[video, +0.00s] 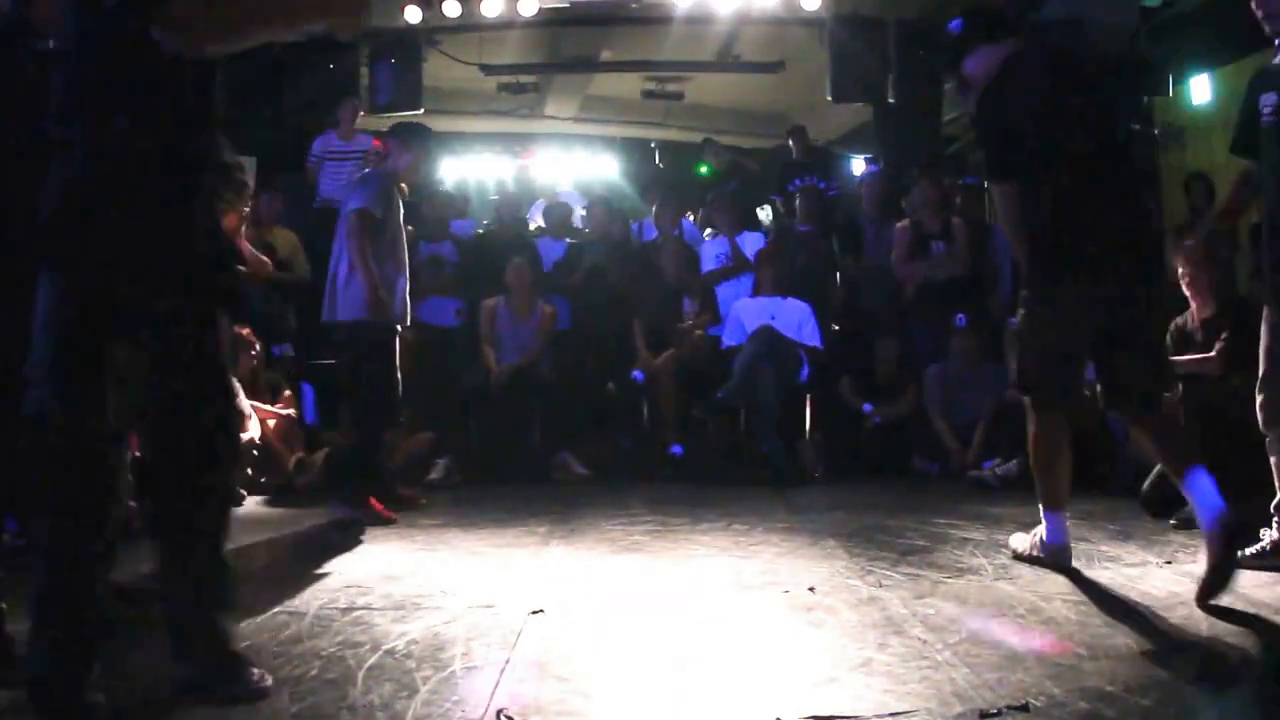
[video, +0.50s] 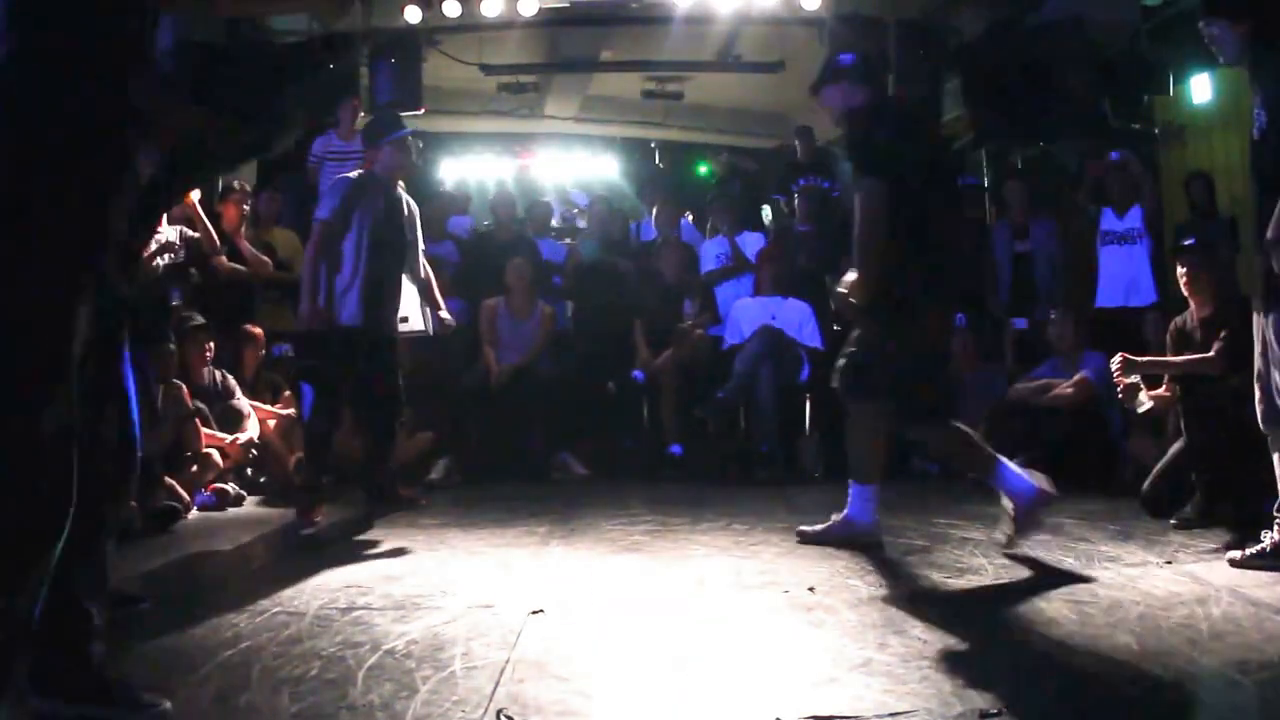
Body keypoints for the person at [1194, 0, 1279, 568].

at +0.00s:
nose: (1258, 13)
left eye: (1260, 6)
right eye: (1257, 8)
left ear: (1268, 11)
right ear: (1261, 17)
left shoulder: (1265, 82)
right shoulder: (1263, 81)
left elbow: (1248, 172)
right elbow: (1247, 171)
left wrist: (1212, 228)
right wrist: (1214, 227)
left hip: (1271, 280)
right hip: (1266, 279)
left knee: (1268, 399)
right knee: (1267, 398)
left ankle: (1276, 524)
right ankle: (1275, 523)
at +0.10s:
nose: (1245, 15)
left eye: (1251, 7)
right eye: (1244, 9)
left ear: (1268, 11)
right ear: (1252, 16)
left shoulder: (1268, 89)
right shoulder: (1263, 88)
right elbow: (1260, 186)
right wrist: (1260, 277)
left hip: (1275, 280)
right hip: (1270, 279)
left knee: (1271, 403)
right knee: (1269, 404)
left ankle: (1278, 528)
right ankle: (1276, 527)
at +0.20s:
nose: (1231, 20)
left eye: (1237, 9)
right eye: (1229, 12)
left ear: (1263, 10)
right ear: (1245, 19)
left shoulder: (1270, 98)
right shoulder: (1264, 97)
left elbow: (1268, 206)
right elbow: (1265, 205)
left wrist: (1264, 278)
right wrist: (1261, 274)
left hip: (1274, 277)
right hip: (1268, 276)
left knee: (1271, 401)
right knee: (1268, 401)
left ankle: (1279, 527)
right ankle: (1277, 525)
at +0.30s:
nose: (1224, 31)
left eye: (1227, 19)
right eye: (1220, 22)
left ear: (1253, 13)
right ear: (1237, 21)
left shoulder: (1273, 95)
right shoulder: (1266, 94)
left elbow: (1270, 197)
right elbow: (1266, 197)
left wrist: (1274, 259)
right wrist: (1265, 255)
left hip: (1274, 266)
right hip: (1268, 264)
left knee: (1270, 400)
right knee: (1267, 400)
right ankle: (1278, 524)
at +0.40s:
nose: (1214, 29)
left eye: (1220, 18)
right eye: (1211, 20)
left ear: (1249, 17)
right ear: (1234, 25)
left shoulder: (1269, 85)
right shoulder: (1262, 84)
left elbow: (1272, 186)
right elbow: (1268, 188)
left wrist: (1269, 246)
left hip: (1275, 272)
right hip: (1266, 270)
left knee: (1271, 404)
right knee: (1267, 403)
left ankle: (1279, 529)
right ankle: (1276, 526)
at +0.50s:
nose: (1208, 37)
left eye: (1213, 26)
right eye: (1205, 28)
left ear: (1242, 24)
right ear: (1237, 29)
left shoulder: (1266, 90)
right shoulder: (1258, 89)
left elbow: (1270, 183)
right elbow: (1264, 183)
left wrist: (1269, 242)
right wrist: (1258, 246)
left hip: (1273, 279)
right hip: (1263, 278)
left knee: (1273, 404)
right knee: (1267, 404)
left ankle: (1279, 529)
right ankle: (1276, 526)